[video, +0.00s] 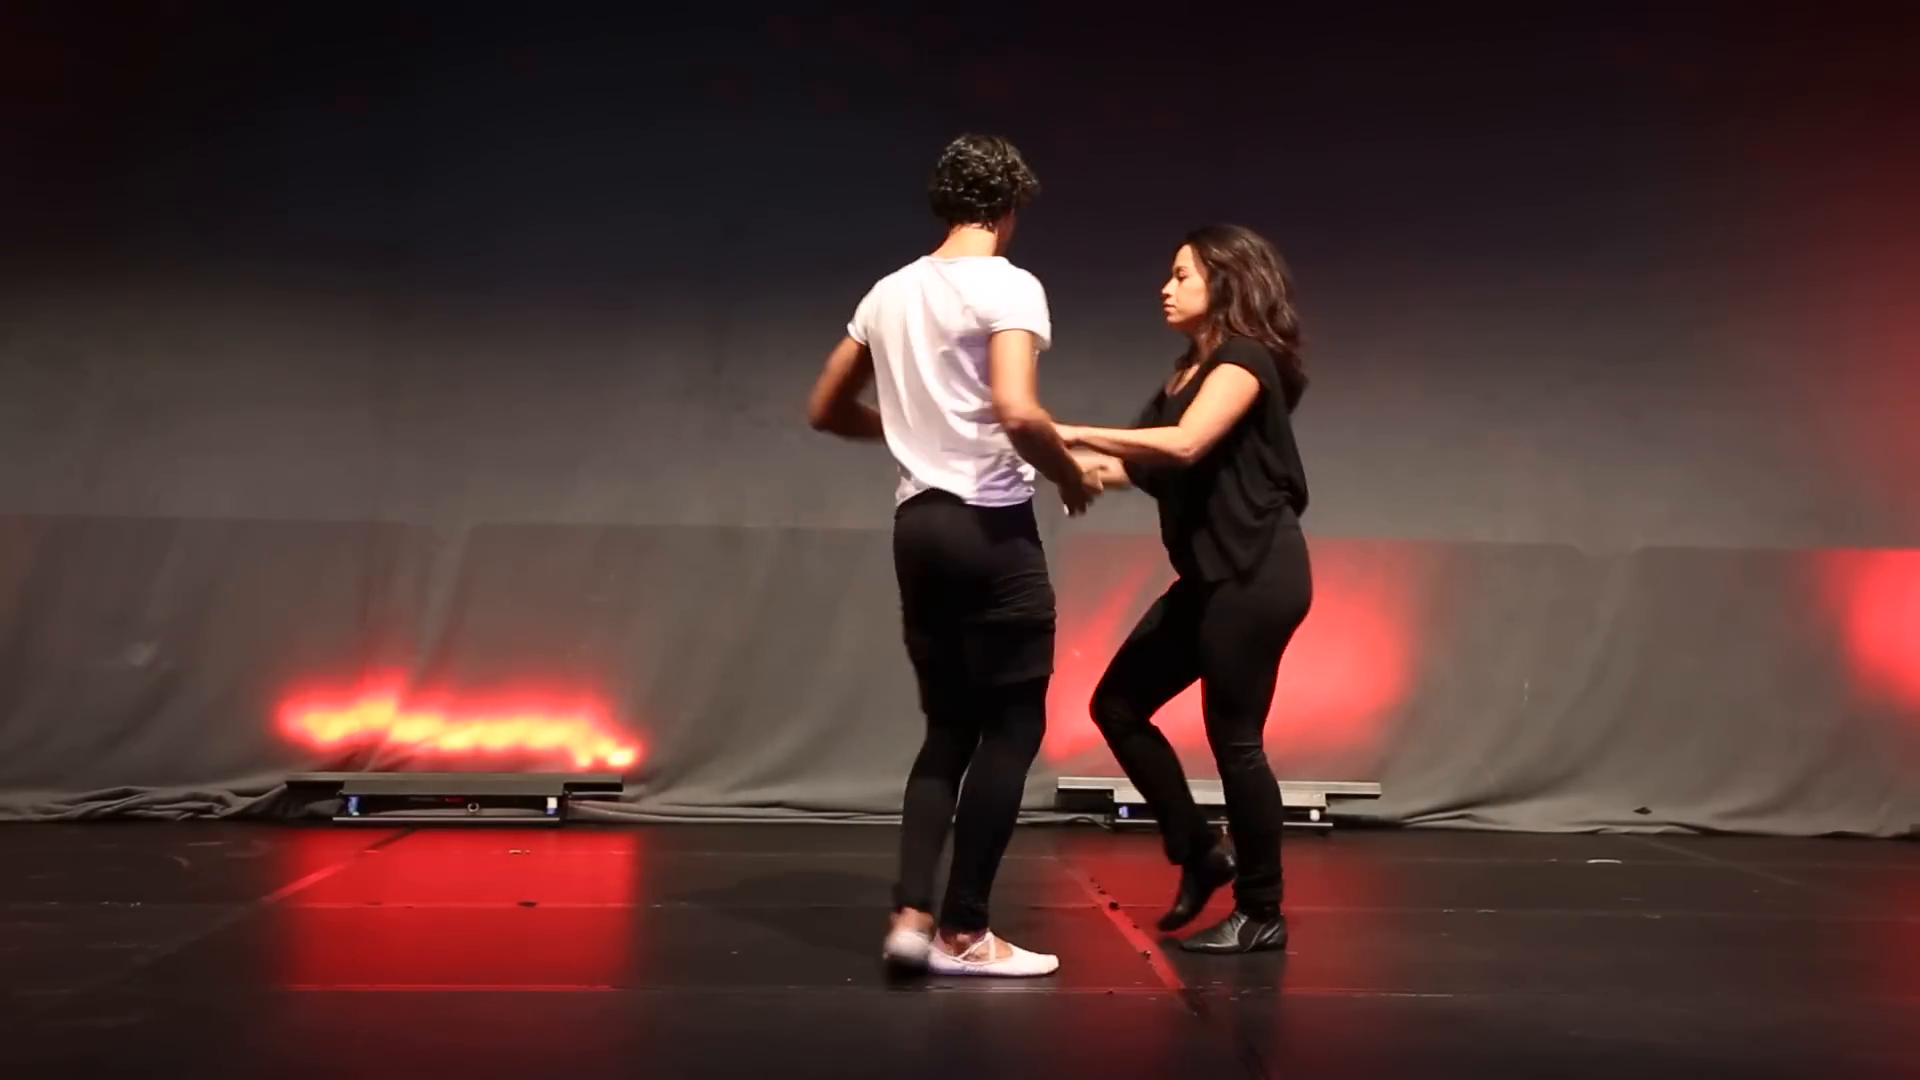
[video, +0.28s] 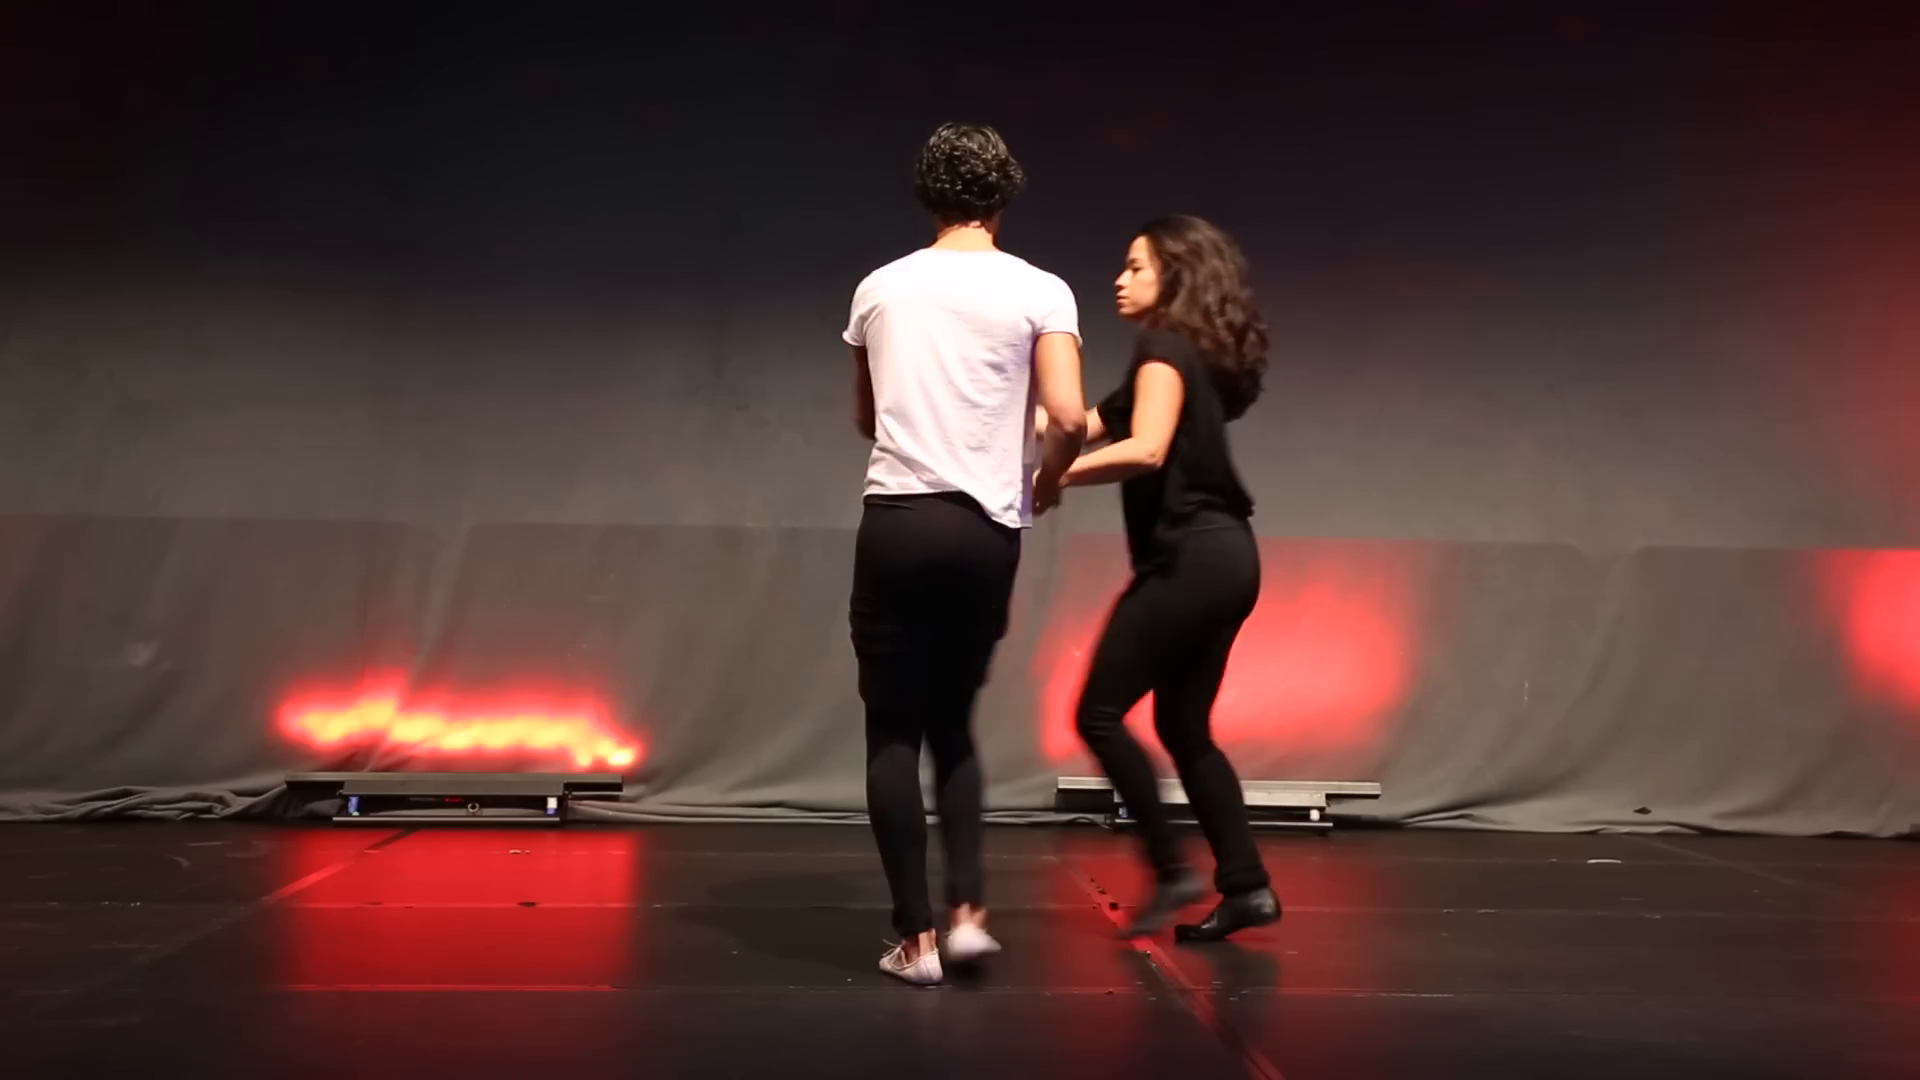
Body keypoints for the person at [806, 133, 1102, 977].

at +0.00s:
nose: (1018, 227)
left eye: (1016, 216)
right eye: (1018, 216)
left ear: (940, 207)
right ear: (1007, 213)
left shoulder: (887, 294)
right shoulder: (1009, 285)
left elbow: (828, 409)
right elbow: (1016, 410)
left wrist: (914, 422)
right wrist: (1070, 473)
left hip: (919, 533)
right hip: (994, 534)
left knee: (947, 727)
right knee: (1014, 727)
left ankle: (913, 916)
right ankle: (965, 934)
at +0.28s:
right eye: (997, 190)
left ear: (925, 197)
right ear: (1004, 199)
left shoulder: (880, 288)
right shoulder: (1039, 290)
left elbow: (863, 417)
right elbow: (1067, 416)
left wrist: (946, 434)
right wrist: (1052, 474)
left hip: (893, 531)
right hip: (986, 537)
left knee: (890, 735)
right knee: (953, 724)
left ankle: (916, 941)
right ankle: (965, 912)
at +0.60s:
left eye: (944, 184)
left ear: (935, 191)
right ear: (1017, 192)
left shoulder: (896, 286)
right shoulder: (1064, 294)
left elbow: (862, 417)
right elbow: (1084, 440)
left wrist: (908, 368)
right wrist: (1040, 494)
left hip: (912, 532)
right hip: (1008, 538)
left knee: (893, 741)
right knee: (985, 735)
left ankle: (913, 943)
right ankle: (1054, 912)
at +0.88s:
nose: (942, 202)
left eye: (943, 188)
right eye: (944, 190)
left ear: (954, 193)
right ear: (1028, 193)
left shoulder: (923, 275)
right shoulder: (1084, 298)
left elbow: (814, 281)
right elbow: (1117, 441)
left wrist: (849, 184)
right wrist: (1067, 509)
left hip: (964, 534)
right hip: (1061, 538)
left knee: (932, 734)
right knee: (1062, 741)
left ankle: (944, 933)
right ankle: (1083, 957)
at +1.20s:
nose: (905, 209)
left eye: (914, 193)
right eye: (907, 195)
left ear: (960, 194)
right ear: (976, 196)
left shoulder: (944, 273)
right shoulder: (1036, 299)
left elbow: (788, 237)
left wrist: (787, 133)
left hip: (952, 529)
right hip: (1025, 534)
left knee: (912, 737)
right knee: (979, 720)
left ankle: (974, 938)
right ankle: (1042, 850)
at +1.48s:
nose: (885, 209)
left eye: (895, 193)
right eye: (885, 194)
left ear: (940, 193)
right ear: (935, 197)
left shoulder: (978, 273)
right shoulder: (942, 296)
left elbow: (847, 244)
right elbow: (882, 439)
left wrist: (805, 137)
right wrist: (796, 464)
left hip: (970, 534)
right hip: (938, 527)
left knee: (898, 724)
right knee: (861, 693)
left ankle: (962, 929)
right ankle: (951, 857)